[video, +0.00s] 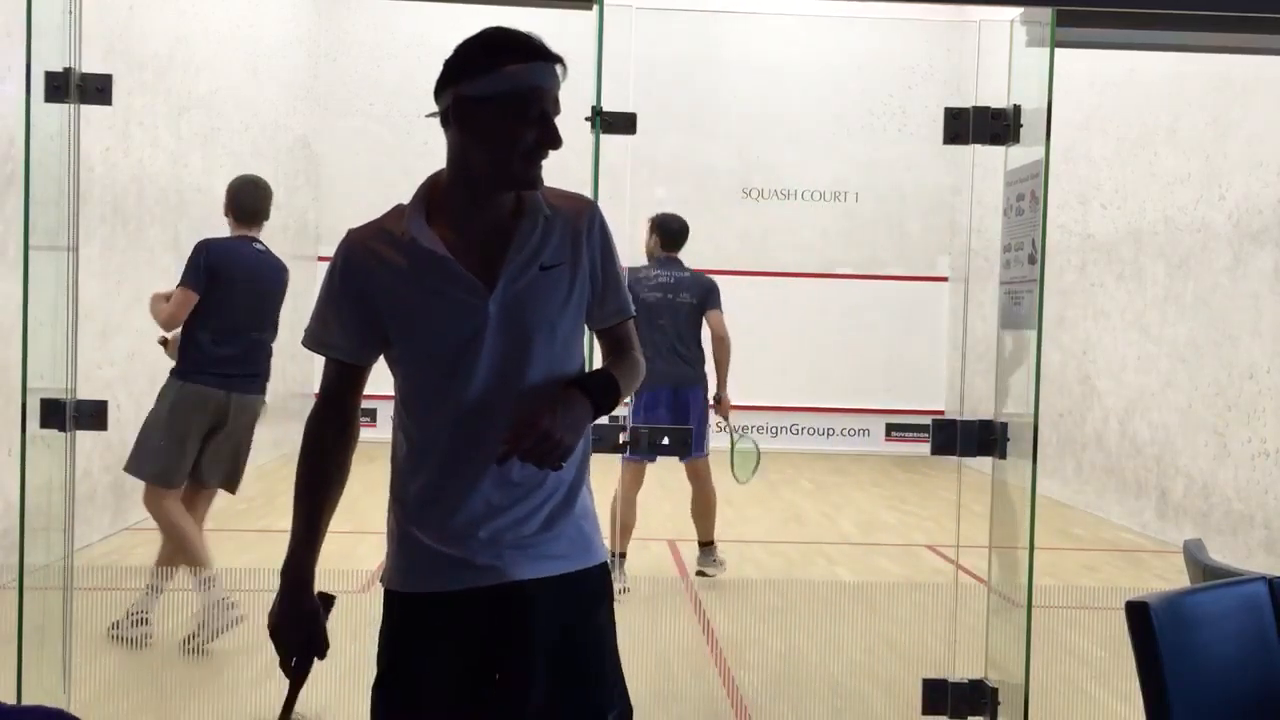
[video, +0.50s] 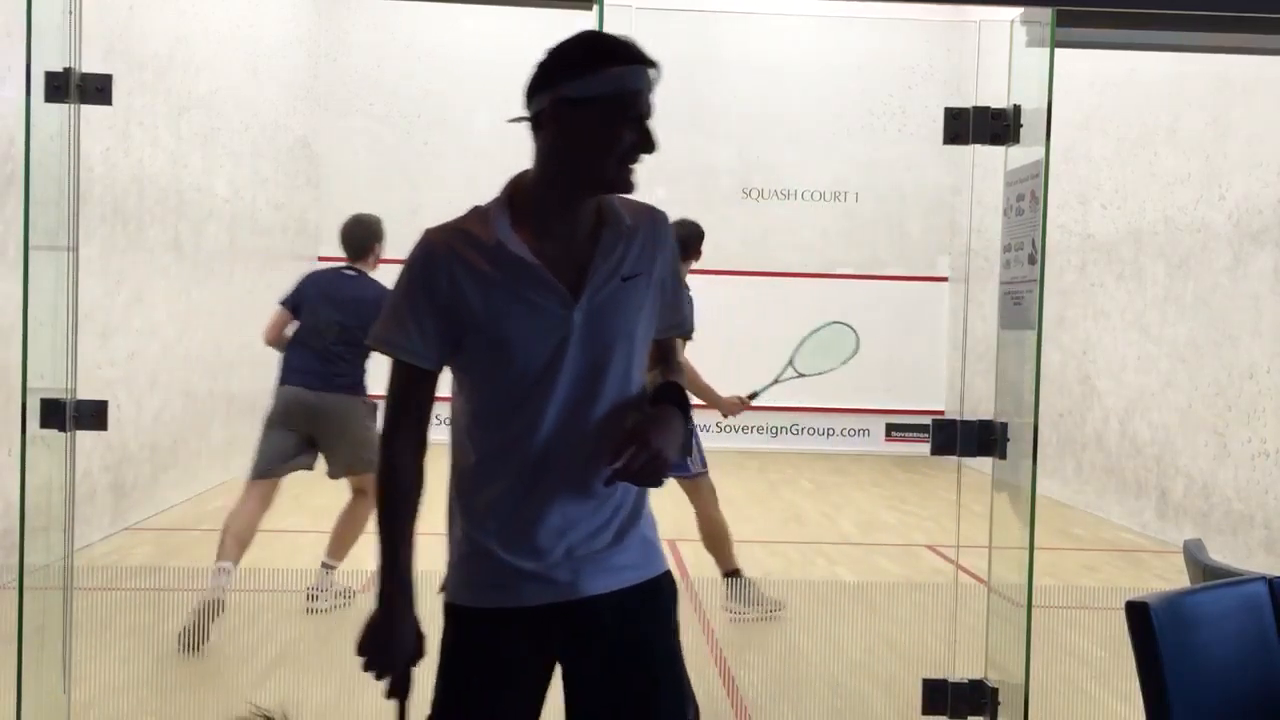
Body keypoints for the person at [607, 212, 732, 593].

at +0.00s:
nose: (644, 238)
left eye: (647, 233)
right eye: (648, 232)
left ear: (654, 239)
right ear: (681, 243)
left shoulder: (629, 280)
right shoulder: (702, 284)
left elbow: (613, 334)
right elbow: (720, 336)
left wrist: (615, 383)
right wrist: (721, 389)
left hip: (645, 391)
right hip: (690, 391)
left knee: (629, 482)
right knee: (700, 474)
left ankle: (617, 564)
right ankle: (707, 554)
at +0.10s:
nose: (646, 237)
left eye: (648, 233)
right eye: (650, 232)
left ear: (651, 238)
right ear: (683, 241)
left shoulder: (627, 274)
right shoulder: (702, 280)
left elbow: (607, 326)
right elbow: (725, 324)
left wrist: (610, 378)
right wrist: (724, 380)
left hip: (645, 387)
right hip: (691, 389)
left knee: (621, 477)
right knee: (705, 475)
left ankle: (599, 560)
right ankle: (717, 561)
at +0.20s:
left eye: (651, 255)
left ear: (652, 259)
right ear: (686, 262)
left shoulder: (628, 293)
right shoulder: (700, 298)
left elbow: (607, 347)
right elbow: (720, 346)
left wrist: (607, 394)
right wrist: (729, 396)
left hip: (638, 406)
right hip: (688, 408)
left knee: (609, 483)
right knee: (717, 487)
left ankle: (575, 551)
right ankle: (742, 566)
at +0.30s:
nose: (660, 282)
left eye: (661, 278)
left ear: (662, 283)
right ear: (695, 286)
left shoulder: (633, 318)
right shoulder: (702, 323)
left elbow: (608, 367)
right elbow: (712, 374)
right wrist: (739, 416)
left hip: (633, 433)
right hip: (685, 436)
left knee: (601, 504)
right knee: (729, 511)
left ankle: (588, 592)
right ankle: (764, 596)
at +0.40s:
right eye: (696, 271)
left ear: (663, 270)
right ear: (699, 275)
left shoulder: (636, 305)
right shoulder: (690, 316)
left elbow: (617, 361)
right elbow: (696, 370)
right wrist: (737, 413)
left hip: (633, 427)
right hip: (676, 431)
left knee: (600, 506)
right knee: (726, 511)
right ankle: (766, 592)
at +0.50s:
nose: (699, 261)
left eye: (698, 254)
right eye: (699, 255)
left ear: (665, 245)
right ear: (693, 253)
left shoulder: (636, 282)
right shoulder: (674, 290)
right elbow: (671, 359)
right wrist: (718, 400)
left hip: (620, 401)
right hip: (662, 405)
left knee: (616, 499)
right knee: (704, 496)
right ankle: (735, 585)